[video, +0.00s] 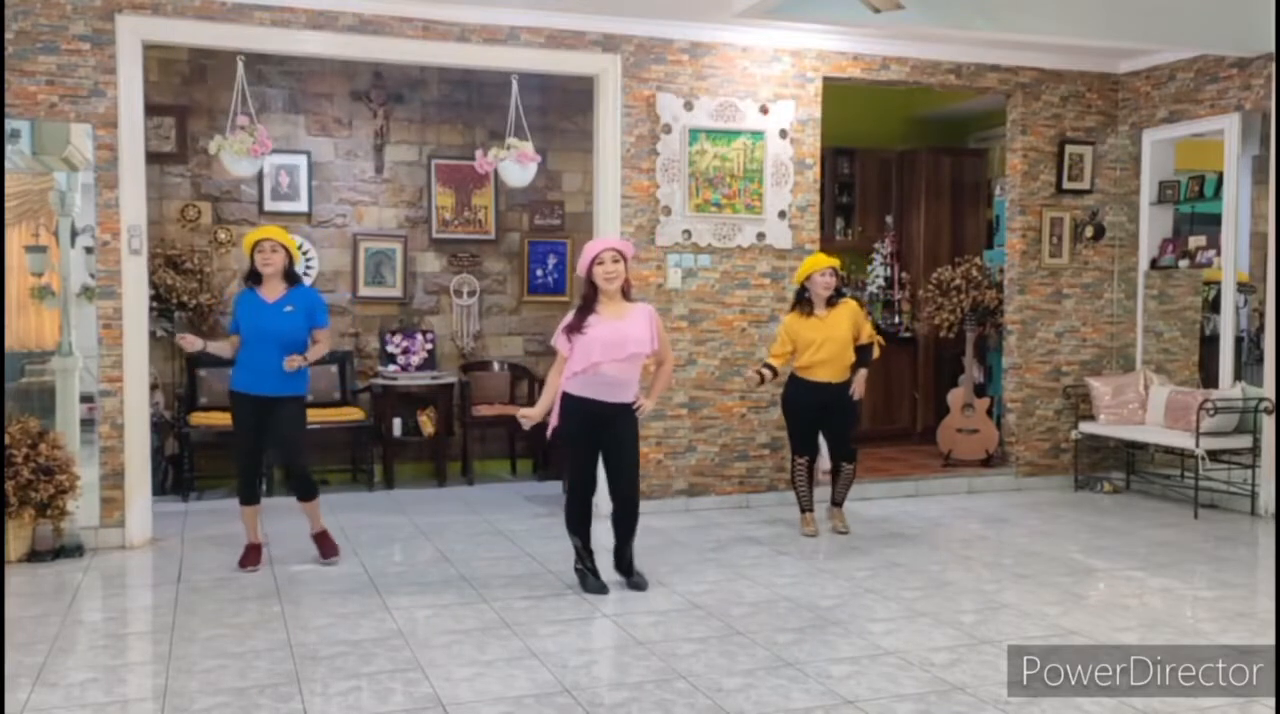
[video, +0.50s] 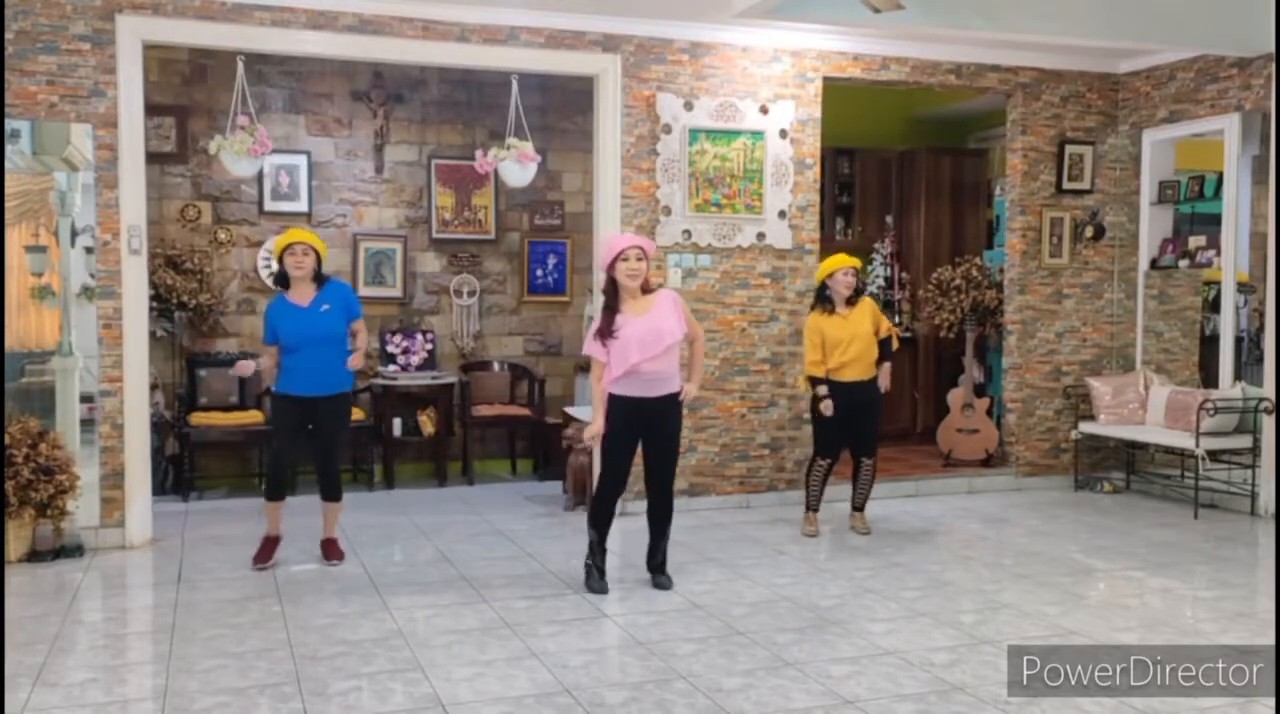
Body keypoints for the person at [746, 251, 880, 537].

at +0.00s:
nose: (829, 280)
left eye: (832, 274)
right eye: (822, 275)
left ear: (837, 280)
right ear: (807, 282)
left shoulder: (850, 309)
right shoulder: (794, 320)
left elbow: (867, 342)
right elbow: (779, 358)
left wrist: (862, 374)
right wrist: (762, 373)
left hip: (839, 392)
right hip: (802, 392)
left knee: (845, 455)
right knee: (803, 453)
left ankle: (837, 509)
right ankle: (807, 514)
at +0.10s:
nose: (832, 279)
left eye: (834, 274)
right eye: (825, 274)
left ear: (839, 279)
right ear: (809, 281)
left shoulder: (852, 308)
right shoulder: (796, 319)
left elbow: (868, 339)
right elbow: (786, 357)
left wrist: (864, 371)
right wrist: (777, 378)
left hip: (841, 390)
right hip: (805, 389)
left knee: (852, 452)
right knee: (805, 452)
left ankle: (848, 508)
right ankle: (807, 513)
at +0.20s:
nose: (835, 278)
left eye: (838, 273)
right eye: (828, 273)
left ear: (842, 279)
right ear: (813, 280)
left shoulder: (854, 307)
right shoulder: (800, 318)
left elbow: (872, 337)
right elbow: (792, 357)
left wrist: (868, 369)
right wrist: (788, 385)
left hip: (847, 389)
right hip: (809, 390)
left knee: (853, 454)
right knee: (808, 454)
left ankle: (856, 512)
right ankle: (808, 513)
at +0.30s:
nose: (839, 278)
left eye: (842, 273)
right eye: (832, 273)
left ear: (846, 278)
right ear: (817, 280)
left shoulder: (858, 306)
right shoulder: (805, 318)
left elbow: (877, 334)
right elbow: (800, 358)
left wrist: (874, 367)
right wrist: (801, 390)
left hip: (854, 388)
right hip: (819, 389)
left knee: (859, 453)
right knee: (814, 452)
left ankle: (857, 512)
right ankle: (809, 513)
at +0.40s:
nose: (845, 278)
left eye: (848, 273)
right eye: (838, 273)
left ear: (852, 279)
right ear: (822, 280)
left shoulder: (862, 305)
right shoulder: (811, 317)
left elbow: (881, 332)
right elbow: (807, 358)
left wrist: (880, 365)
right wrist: (812, 392)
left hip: (861, 387)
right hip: (826, 388)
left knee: (862, 452)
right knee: (820, 453)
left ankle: (857, 511)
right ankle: (810, 512)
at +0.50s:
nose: (851, 279)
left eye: (854, 274)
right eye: (844, 274)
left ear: (857, 280)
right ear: (828, 281)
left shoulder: (867, 307)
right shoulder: (817, 318)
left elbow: (886, 333)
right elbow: (813, 360)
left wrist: (885, 365)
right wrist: (821, 393)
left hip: (866, 388)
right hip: (832, 388)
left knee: (866, 453)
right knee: (826, 453)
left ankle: (858, 512)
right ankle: (811, 512)